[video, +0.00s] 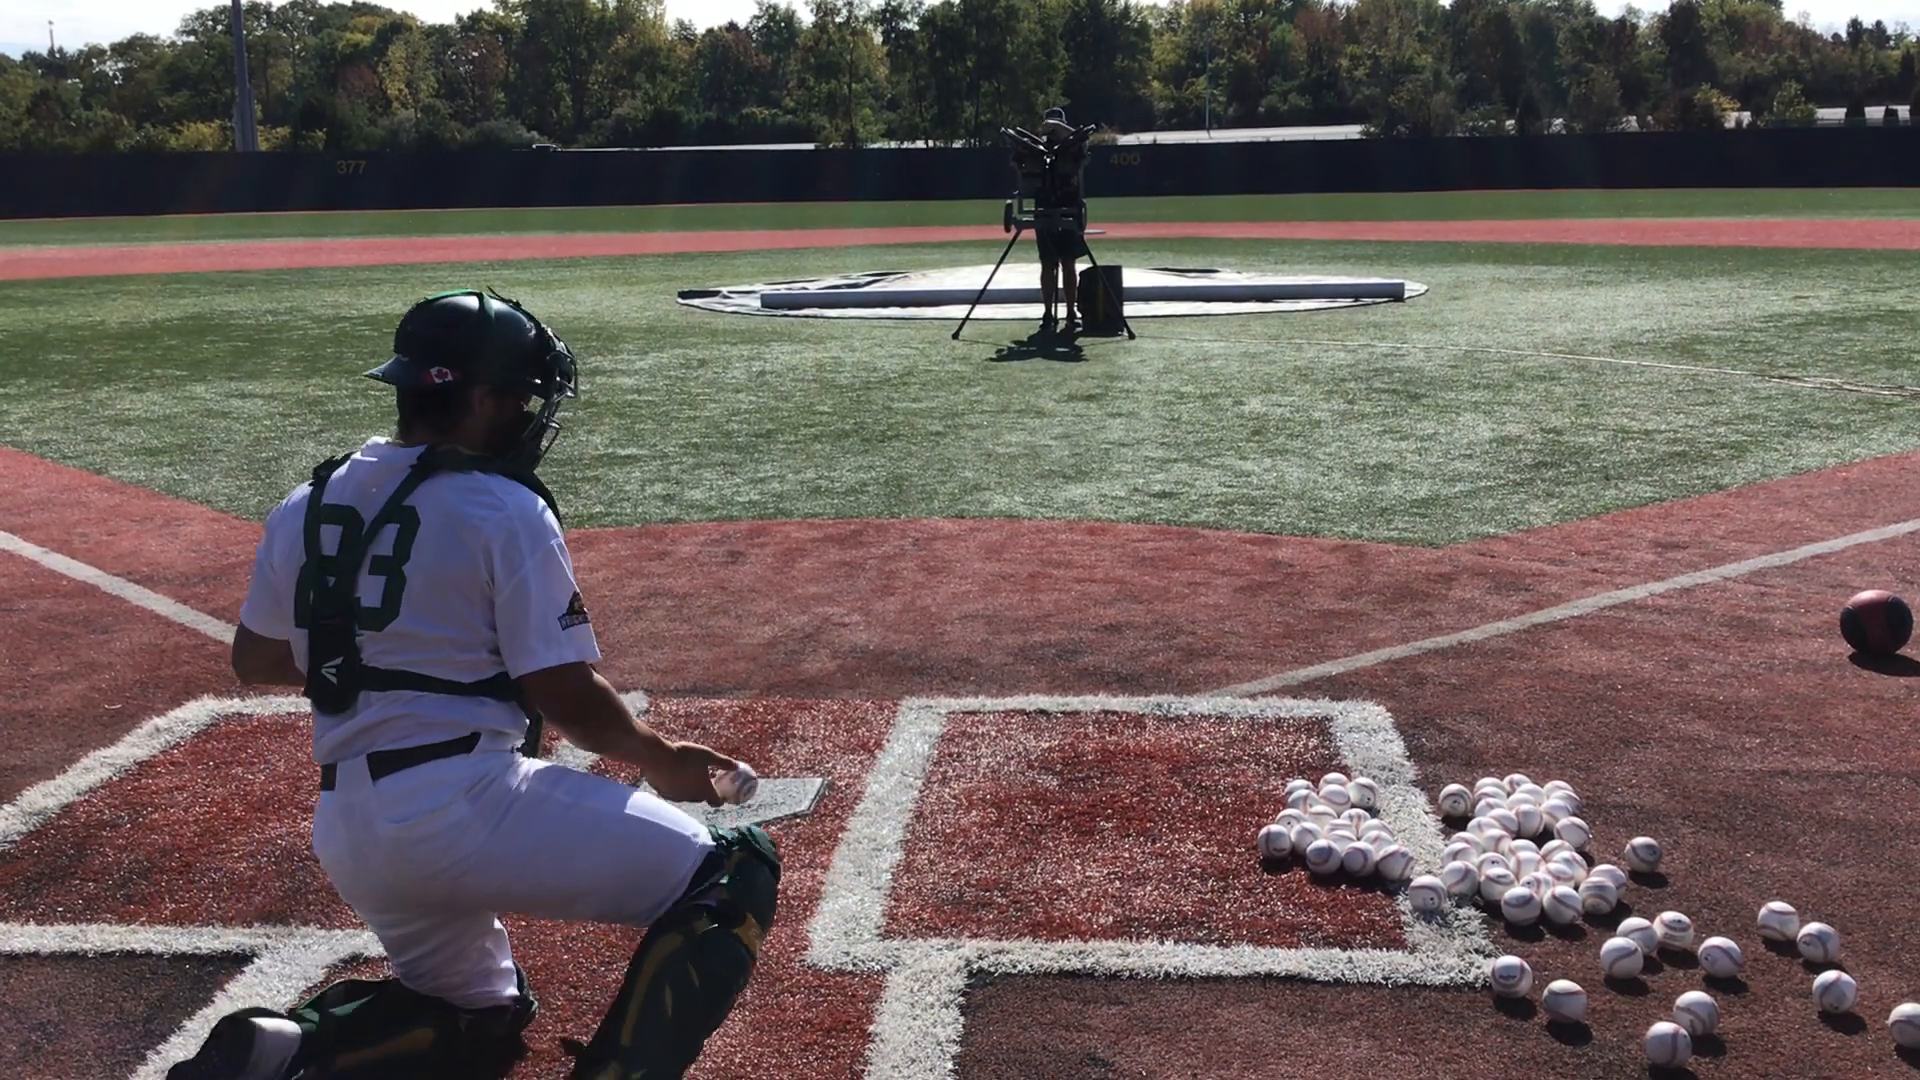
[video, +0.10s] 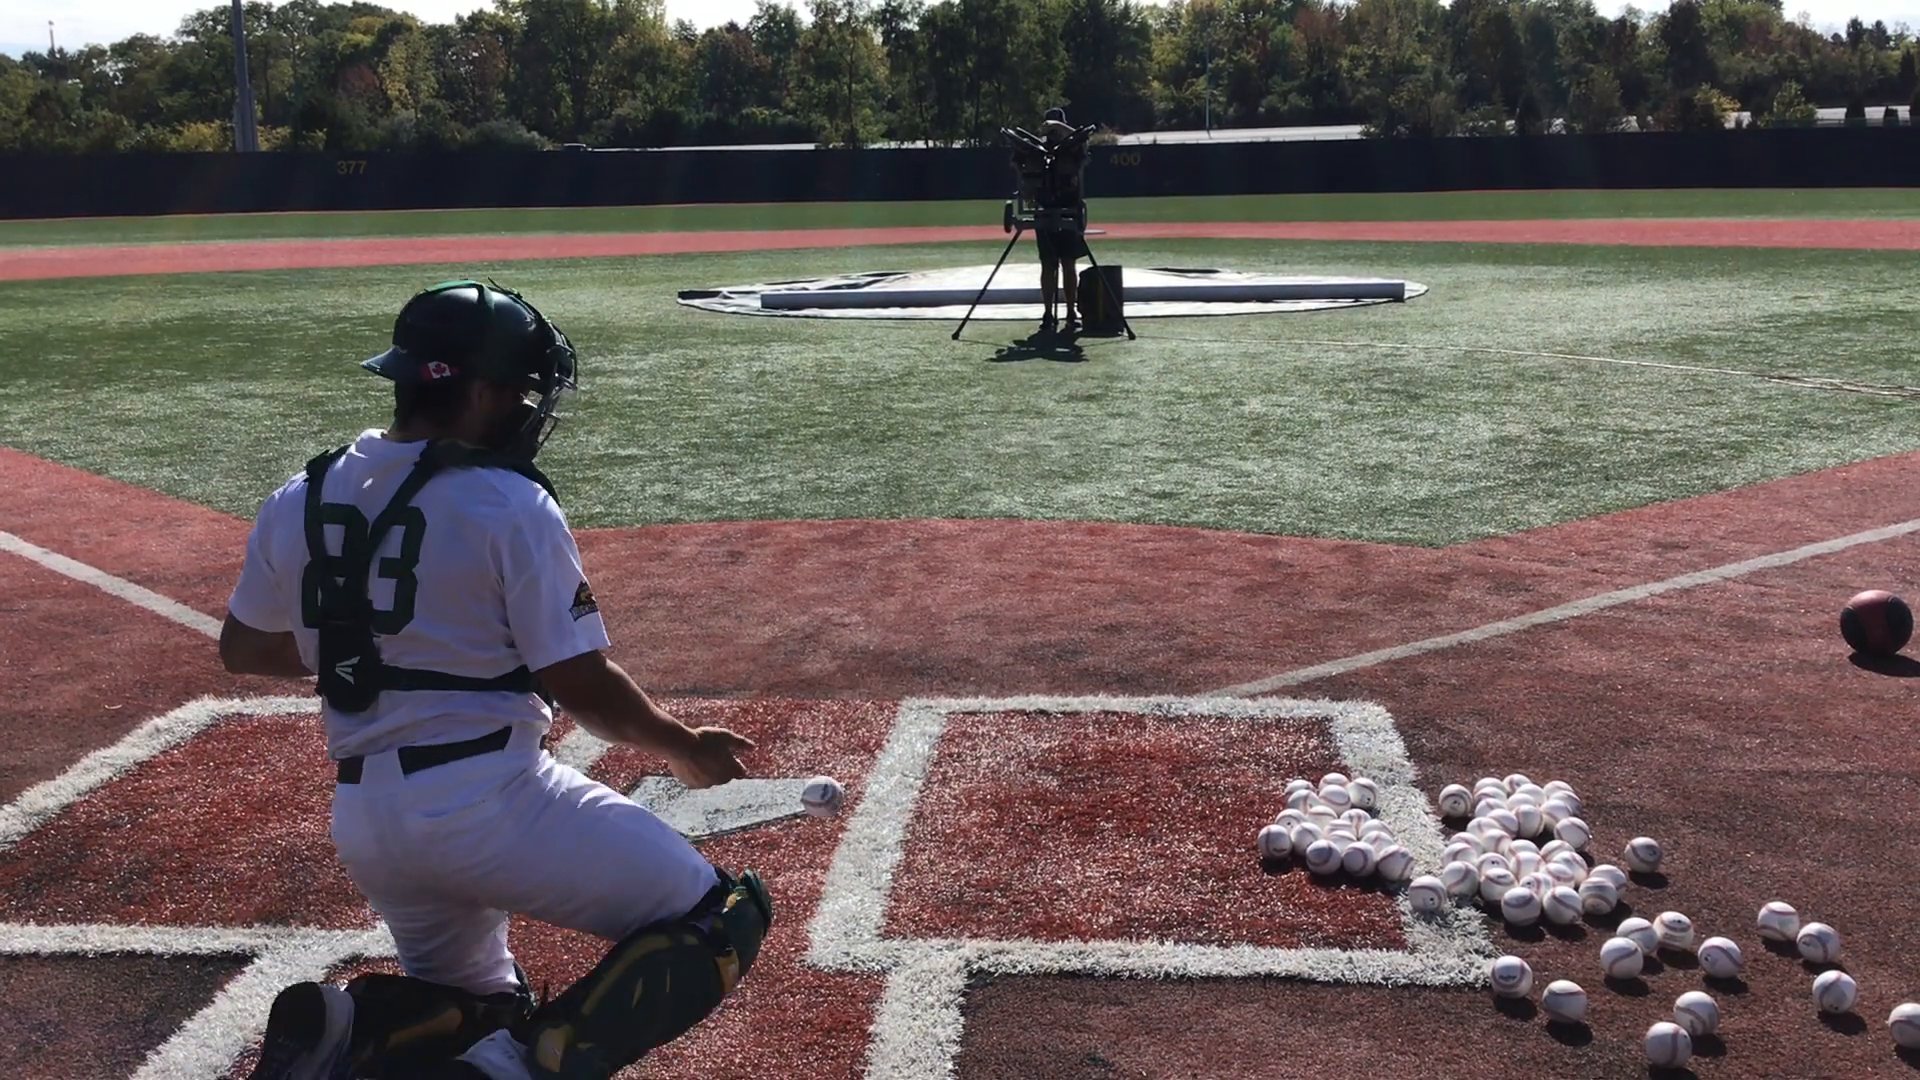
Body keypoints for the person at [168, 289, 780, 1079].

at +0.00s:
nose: (529, 414)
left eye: (527, 395)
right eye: (516, 396)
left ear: (417, 396)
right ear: (469, 402)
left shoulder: (309, 502)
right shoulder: (505, 508)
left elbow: (257, 657)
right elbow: (559, 689)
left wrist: (395, 662)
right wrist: (658, 759)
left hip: (346, 820)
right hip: (463, 800)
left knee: (480, 1018)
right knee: (730, 871)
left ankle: (288, 1052)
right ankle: (621, 1065)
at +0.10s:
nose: (527, 410)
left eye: (527, 391)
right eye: (517, 391)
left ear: (414, 384)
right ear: (473, 395)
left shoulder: (305, 493)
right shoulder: (510, 505)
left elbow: (247, 647)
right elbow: (577, 680)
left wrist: (364, 658)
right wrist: (684, 747)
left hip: (363, 810)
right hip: (487, 796)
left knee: (490, 1007)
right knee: (722, 913)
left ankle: (338, 1024)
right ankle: (527, 1059)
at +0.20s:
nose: (535, 406)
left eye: (534, 388)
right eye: (522, 389)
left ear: (420, 385)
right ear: (473, 395)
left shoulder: (306, 495)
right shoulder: (524, 507)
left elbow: (249, 648)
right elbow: (597, 682)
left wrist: (365, 656)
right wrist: (693, 746)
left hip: (378, 810)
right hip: (510, 806)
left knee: (481, 996)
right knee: (685, 971)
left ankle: (385, 1022)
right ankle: (498, 1053)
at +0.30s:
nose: (546, 408)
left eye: (544, 390)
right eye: (535, 392)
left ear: (426, 391)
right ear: (496, 404)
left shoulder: (321, 505)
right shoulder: (544, 515)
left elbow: (264, 661)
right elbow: (614, 691)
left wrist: (374, 656)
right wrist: (698, 756)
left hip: (391, 813)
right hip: (525, 819)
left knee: (474, 997)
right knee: (653, 1011)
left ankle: (370, 1025)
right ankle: (506, 1058)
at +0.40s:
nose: (560, 421)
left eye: (562, 403)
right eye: (553, 404)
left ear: (438, 398)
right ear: (516, 410)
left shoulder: (340, 520)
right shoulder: (571, 528)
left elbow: (284, 682)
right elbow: (641, 710)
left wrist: (383, 674)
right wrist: (692, 765)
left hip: (407, 828)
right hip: (542, 837)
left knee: (478, 1002)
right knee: (663, 1024)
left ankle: (387, 1025)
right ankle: (516, 1059)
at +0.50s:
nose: (587, 447)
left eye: (588, 429)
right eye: (582, 428)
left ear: (455, 421)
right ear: (546, 432)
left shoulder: (358, 549)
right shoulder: (601, 555)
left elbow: (310, 717)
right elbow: (678, 736)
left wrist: (414, 711)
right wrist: (653, 774)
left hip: (435, 863)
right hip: (576, 868)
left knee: (481, 1014)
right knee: (678, 1039)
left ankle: (398, 1037)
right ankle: (531, 1059)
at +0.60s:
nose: (589, 460)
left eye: (590, 442)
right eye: (584, 443)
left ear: (457, 443)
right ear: (559, 456)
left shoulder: (363, 572)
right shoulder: (618, 577)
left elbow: (318, 751)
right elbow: (688, 763)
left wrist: (428, 740)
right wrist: (612, 746)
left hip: (433, 903)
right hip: (585, 909)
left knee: (463, 1015)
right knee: (691, 1038)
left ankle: (390, 1050)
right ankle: (562, 1056)